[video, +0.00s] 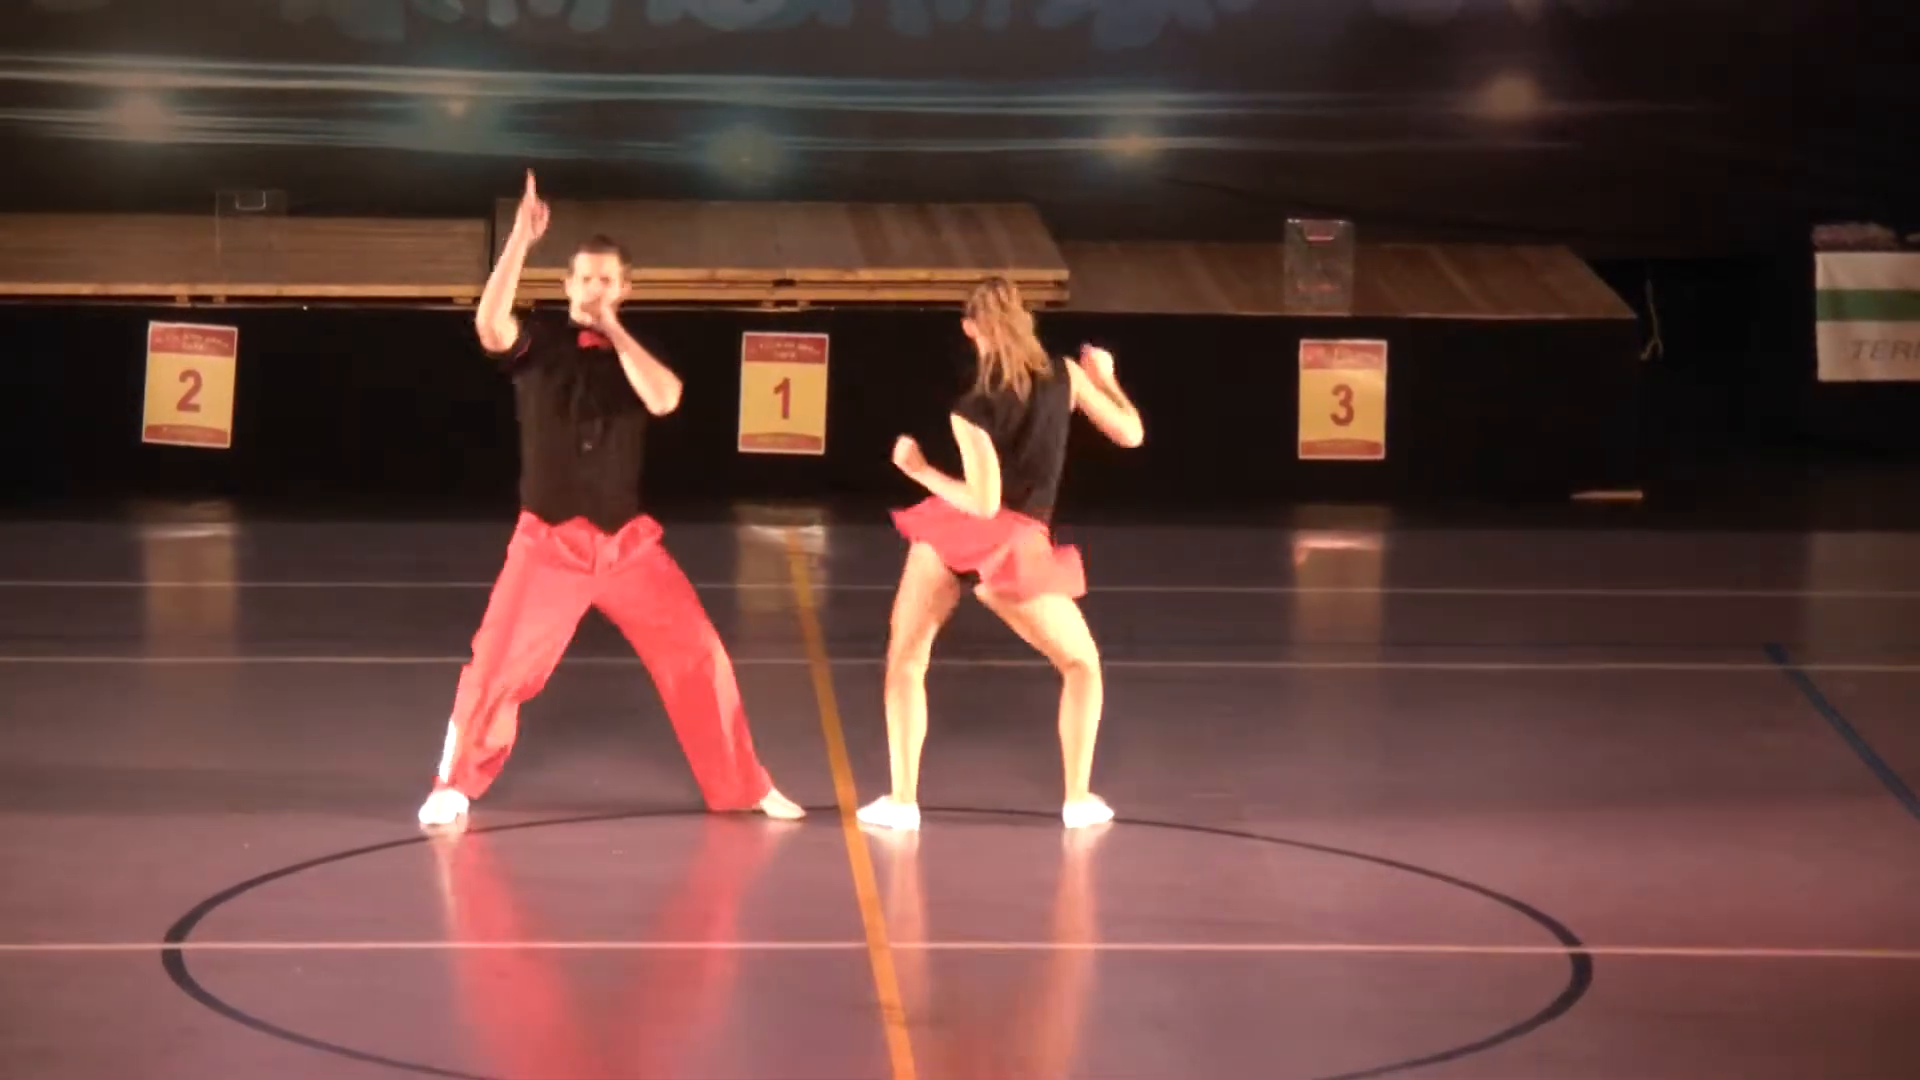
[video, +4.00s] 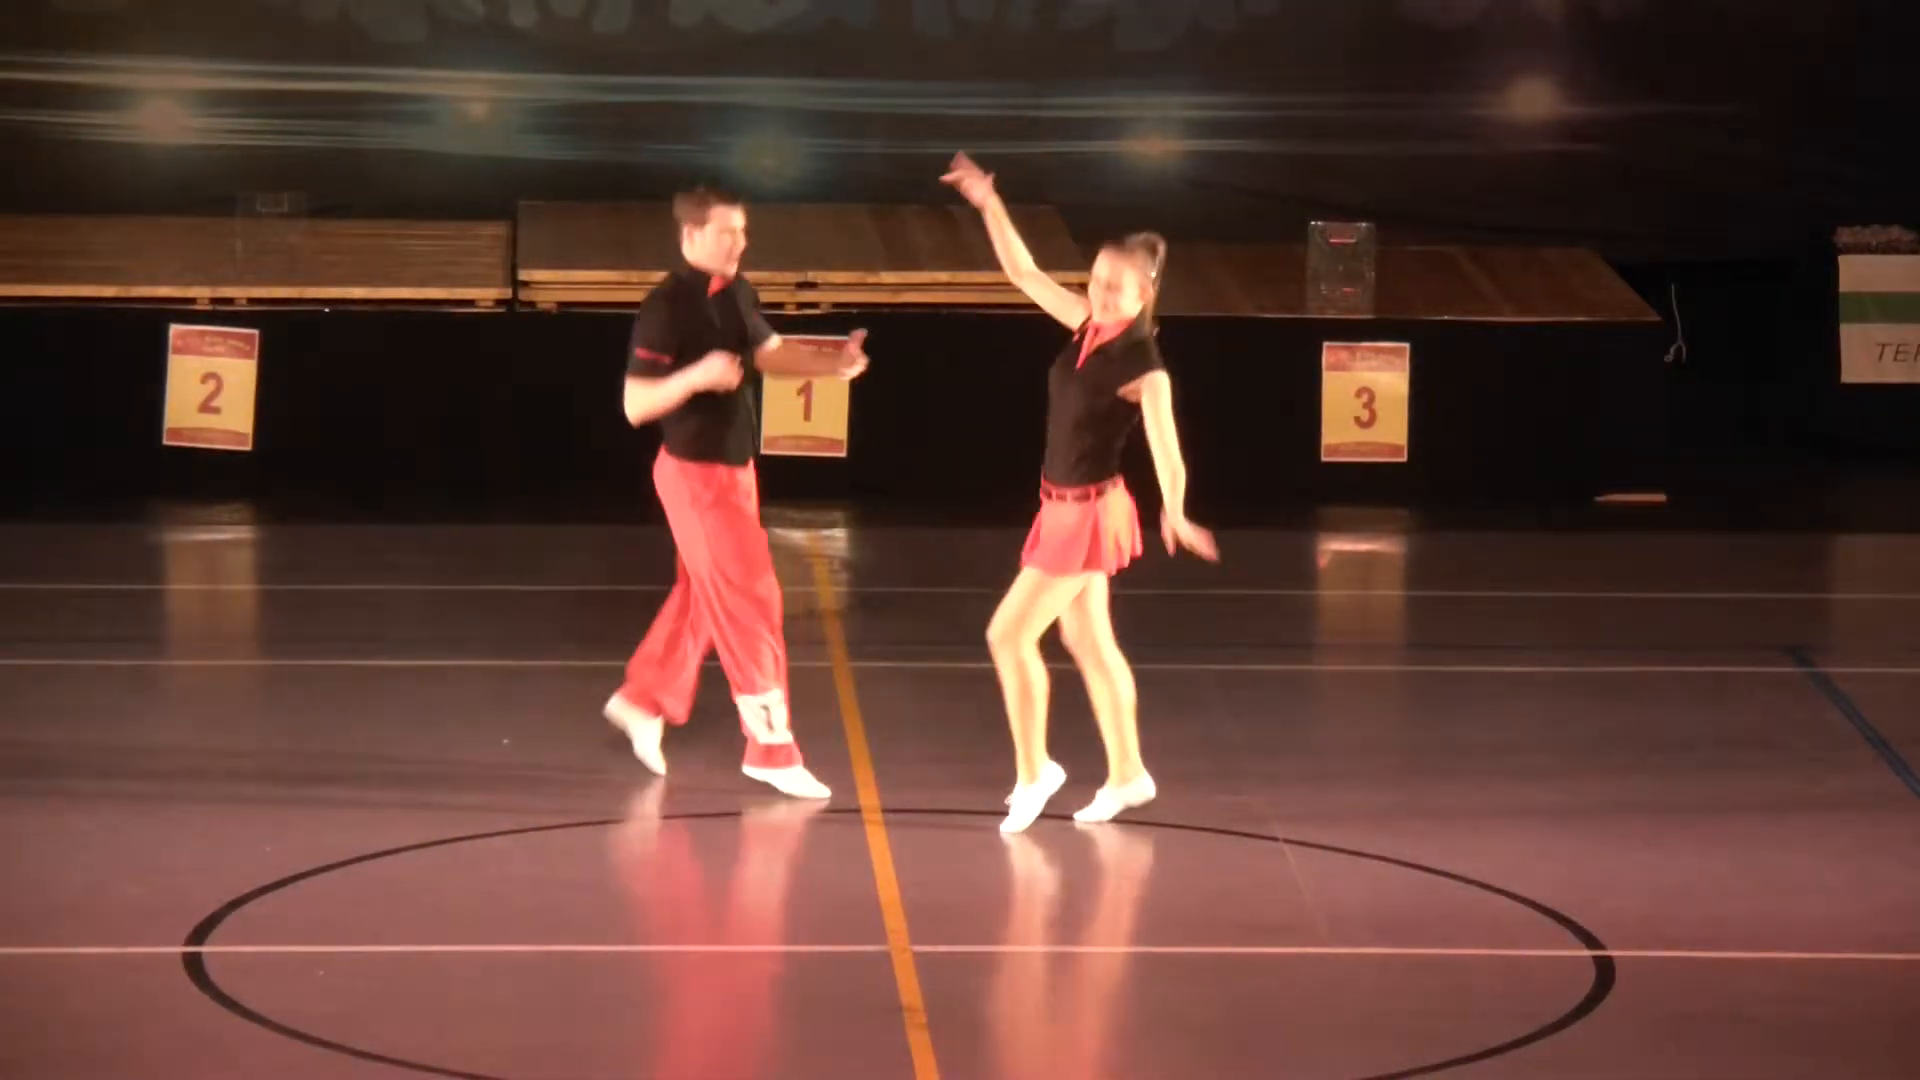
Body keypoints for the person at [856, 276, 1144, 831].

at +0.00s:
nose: (968, 336)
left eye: (969, 327)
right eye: (970, 325)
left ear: (978, 332)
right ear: (1023, 323)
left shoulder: (973, 410)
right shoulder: (1065, 376)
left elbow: (982, 504)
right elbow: (1130, 433)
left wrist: (917, 468)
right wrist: (1109, 380)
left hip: (948, 544)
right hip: (1018, 556)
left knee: (905, 661)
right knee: (1081, 664)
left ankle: (902, 802)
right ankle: (1077, 801)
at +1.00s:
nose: (1074, 295)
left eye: (1087, 285)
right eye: (1065, 281)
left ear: (1103, 291)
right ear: (1045, 282)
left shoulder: (1118, 366)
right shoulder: (1015, 355)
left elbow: (1117, 461)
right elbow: (1009, 440)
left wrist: (1112, 547)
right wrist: (999, 518)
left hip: (1085, 522)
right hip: (1029, 522)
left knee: (1044, 655)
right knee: (1092, 655)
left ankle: (1011, 800)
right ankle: (1143, 774)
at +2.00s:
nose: (998, 288)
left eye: (1008, 279)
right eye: (1002, 277)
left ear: (1041, 288)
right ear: (1050, 289)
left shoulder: (1029, 362)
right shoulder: (1084, 351)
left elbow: (1074, 448)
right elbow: (1090, 441)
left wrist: (1117, 513)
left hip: (1081, 522)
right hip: (1071, 520)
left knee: (1093, 657)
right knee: (1006, 637)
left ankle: (1102, 793)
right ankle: (1074, 763)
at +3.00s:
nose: (1009, 272)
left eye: (1019, 262)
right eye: (1011, 261)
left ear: (1054, 268)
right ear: (1043, 269)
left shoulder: (1069, 338)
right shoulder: (1039, 330)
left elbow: (1124, 392)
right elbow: (1029, 389)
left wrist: (1062, 456)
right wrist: (986, 431)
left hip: (1093, 490)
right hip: (1076, 491)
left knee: (1044, 636)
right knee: (1056, 634)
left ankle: (1089, 772)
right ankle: (1094, 765)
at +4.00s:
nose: (1104, 294)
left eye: (1119, 286)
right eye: (1099, 280)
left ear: (1146, 295)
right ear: (1088, 278)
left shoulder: (1141, 359)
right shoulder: (1082, 320)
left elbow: (1163, 439)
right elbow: (1022, 271)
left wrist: (1174, 509)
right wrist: (988, 203)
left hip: (1090, 511)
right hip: (1063, 506)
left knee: (1008, 634)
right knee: (1093, 648)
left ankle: (1033, 769)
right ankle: (1128, 775)